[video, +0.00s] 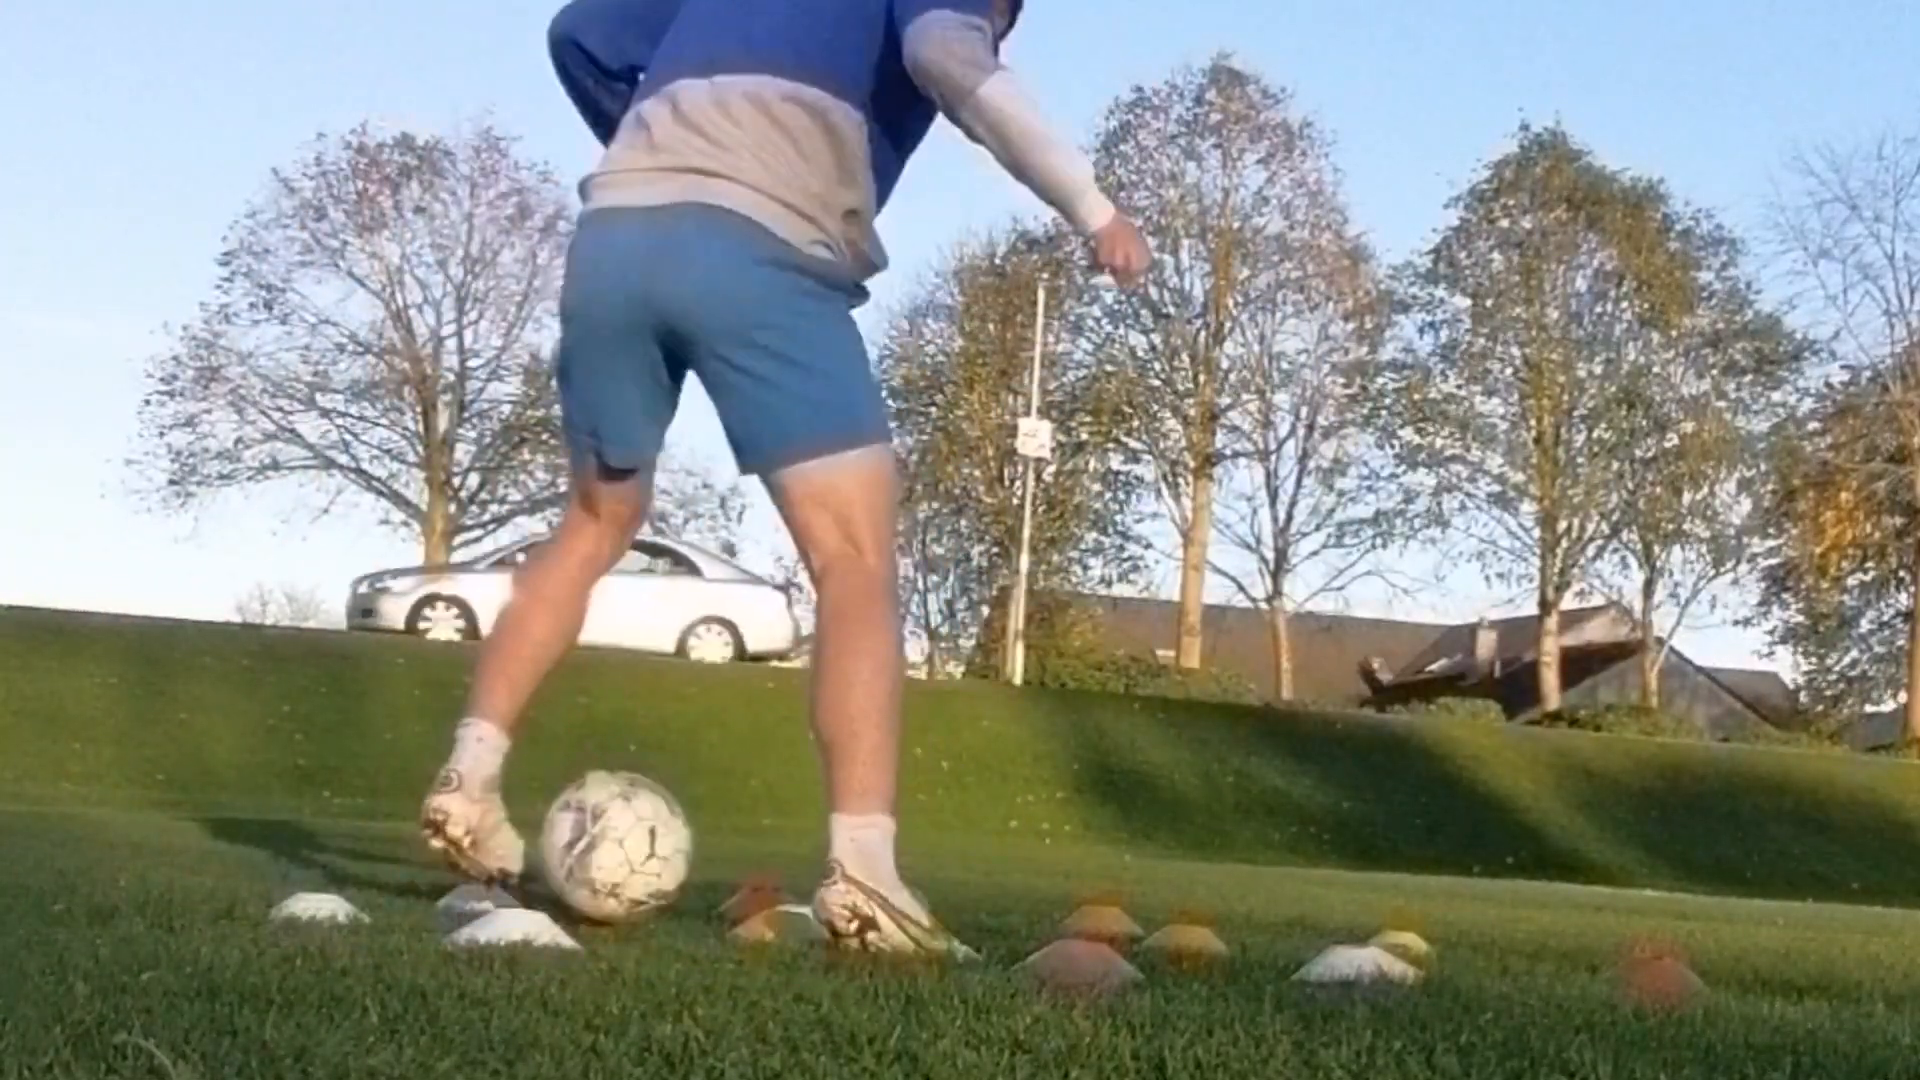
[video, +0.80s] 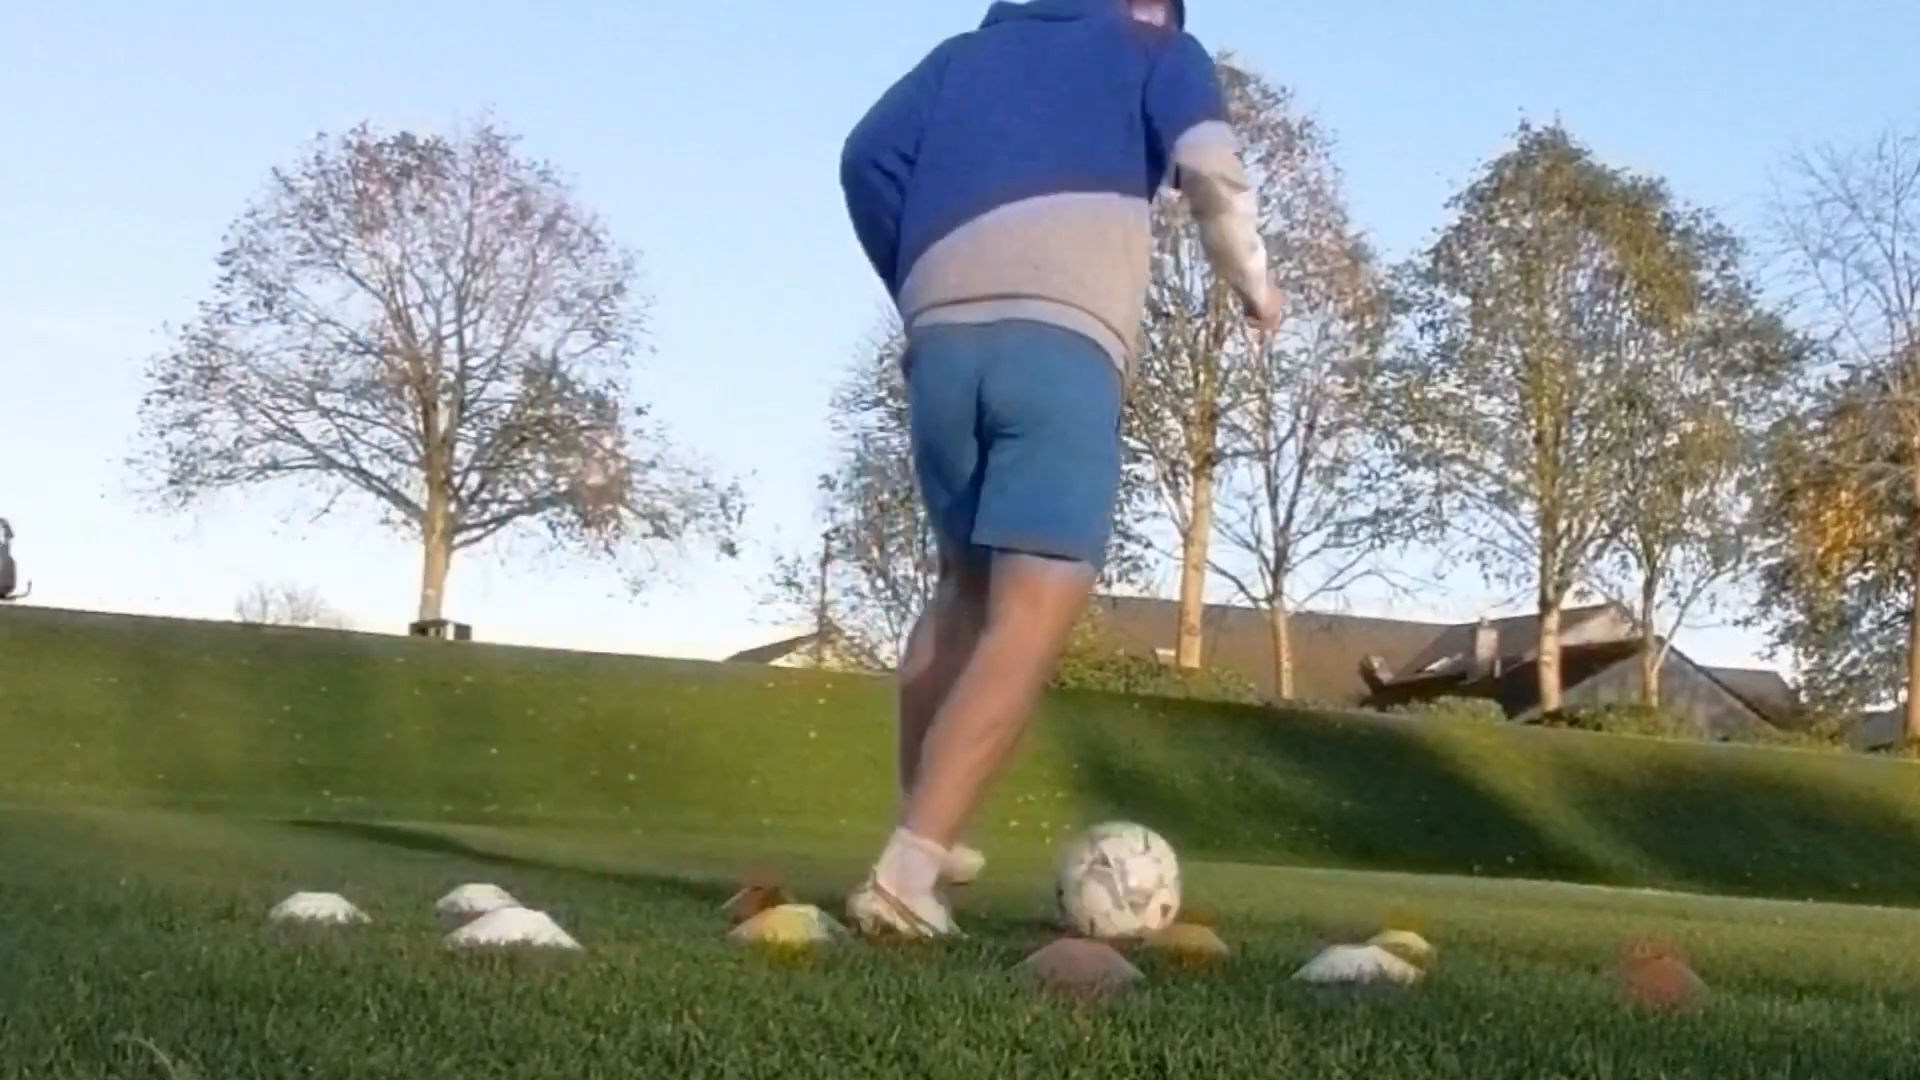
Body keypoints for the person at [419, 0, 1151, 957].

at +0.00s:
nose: (1002, 39)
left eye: (1008, 27)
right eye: (1004, 21)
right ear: (978, 6)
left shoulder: (719, 8)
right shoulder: (935, 5)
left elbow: (578, 34)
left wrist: (662, 155)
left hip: (611, 240)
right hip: (760, 252)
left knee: (594, 513)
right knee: (852, 557)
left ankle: (466, 782)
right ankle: (865, 875)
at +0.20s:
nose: (889, 105)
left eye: (894, 95)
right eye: (894, 87)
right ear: (877, 54)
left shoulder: (660, 91)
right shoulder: (855, 43)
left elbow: (538, 213)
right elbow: (834, 132)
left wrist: (606, 307)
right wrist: (897, 281)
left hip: (575, 354)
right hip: (708, 365)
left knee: (563, 620)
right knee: (881, 568)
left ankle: (419, 872)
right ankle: (645, 699)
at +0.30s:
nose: (925, 55)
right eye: (921, 39)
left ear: (809, 16)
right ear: (889, 23)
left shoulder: (698, 68)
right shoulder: (876, 21)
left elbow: (566, 154)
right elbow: (901, 72)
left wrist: (595, 320)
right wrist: (992, 193)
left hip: (613, 327)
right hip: (737, 334)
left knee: (576, 601)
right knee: (852, 598)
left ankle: (424, 861)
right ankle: (676, 839)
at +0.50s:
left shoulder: (772, 5)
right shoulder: (970, 5)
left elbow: (677, 89)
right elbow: (991, 121)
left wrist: (766, 172)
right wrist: (1066, 256)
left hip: (723, 284)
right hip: (852, 281)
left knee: (710, 585)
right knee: (994, 532)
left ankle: (645, 859)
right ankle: (911, 776)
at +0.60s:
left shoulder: (841, 16)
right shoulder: (1029, 4)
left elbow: (768, 128)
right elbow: (1027, 98)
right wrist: (1092, 227)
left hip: (792, 296)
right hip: (922, 289)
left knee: (750, 574)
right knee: (1055, 534)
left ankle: (652, 821)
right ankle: (994, 792)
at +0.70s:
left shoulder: (901, 33)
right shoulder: (1090, 6)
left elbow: (805, 164)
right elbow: (1094, 89)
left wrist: (910, 233)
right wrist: (1148, 230)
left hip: (879, 333)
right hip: (1007, 331)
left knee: (860, 562)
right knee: (1034, 607)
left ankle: (737, 766)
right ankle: (912, 871)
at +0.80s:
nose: (1173, 32)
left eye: (1175, 22)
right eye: (1172, 19)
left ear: (1041, 3)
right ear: (1139, 5)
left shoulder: (953, 57)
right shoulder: (1154, 44)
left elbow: (867, 157)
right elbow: (1208, 169)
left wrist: (925, 292)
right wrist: (1249, 276)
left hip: (942, 347)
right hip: (1059, 348)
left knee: (960, 595)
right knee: (1029, 620)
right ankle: (905, 877)